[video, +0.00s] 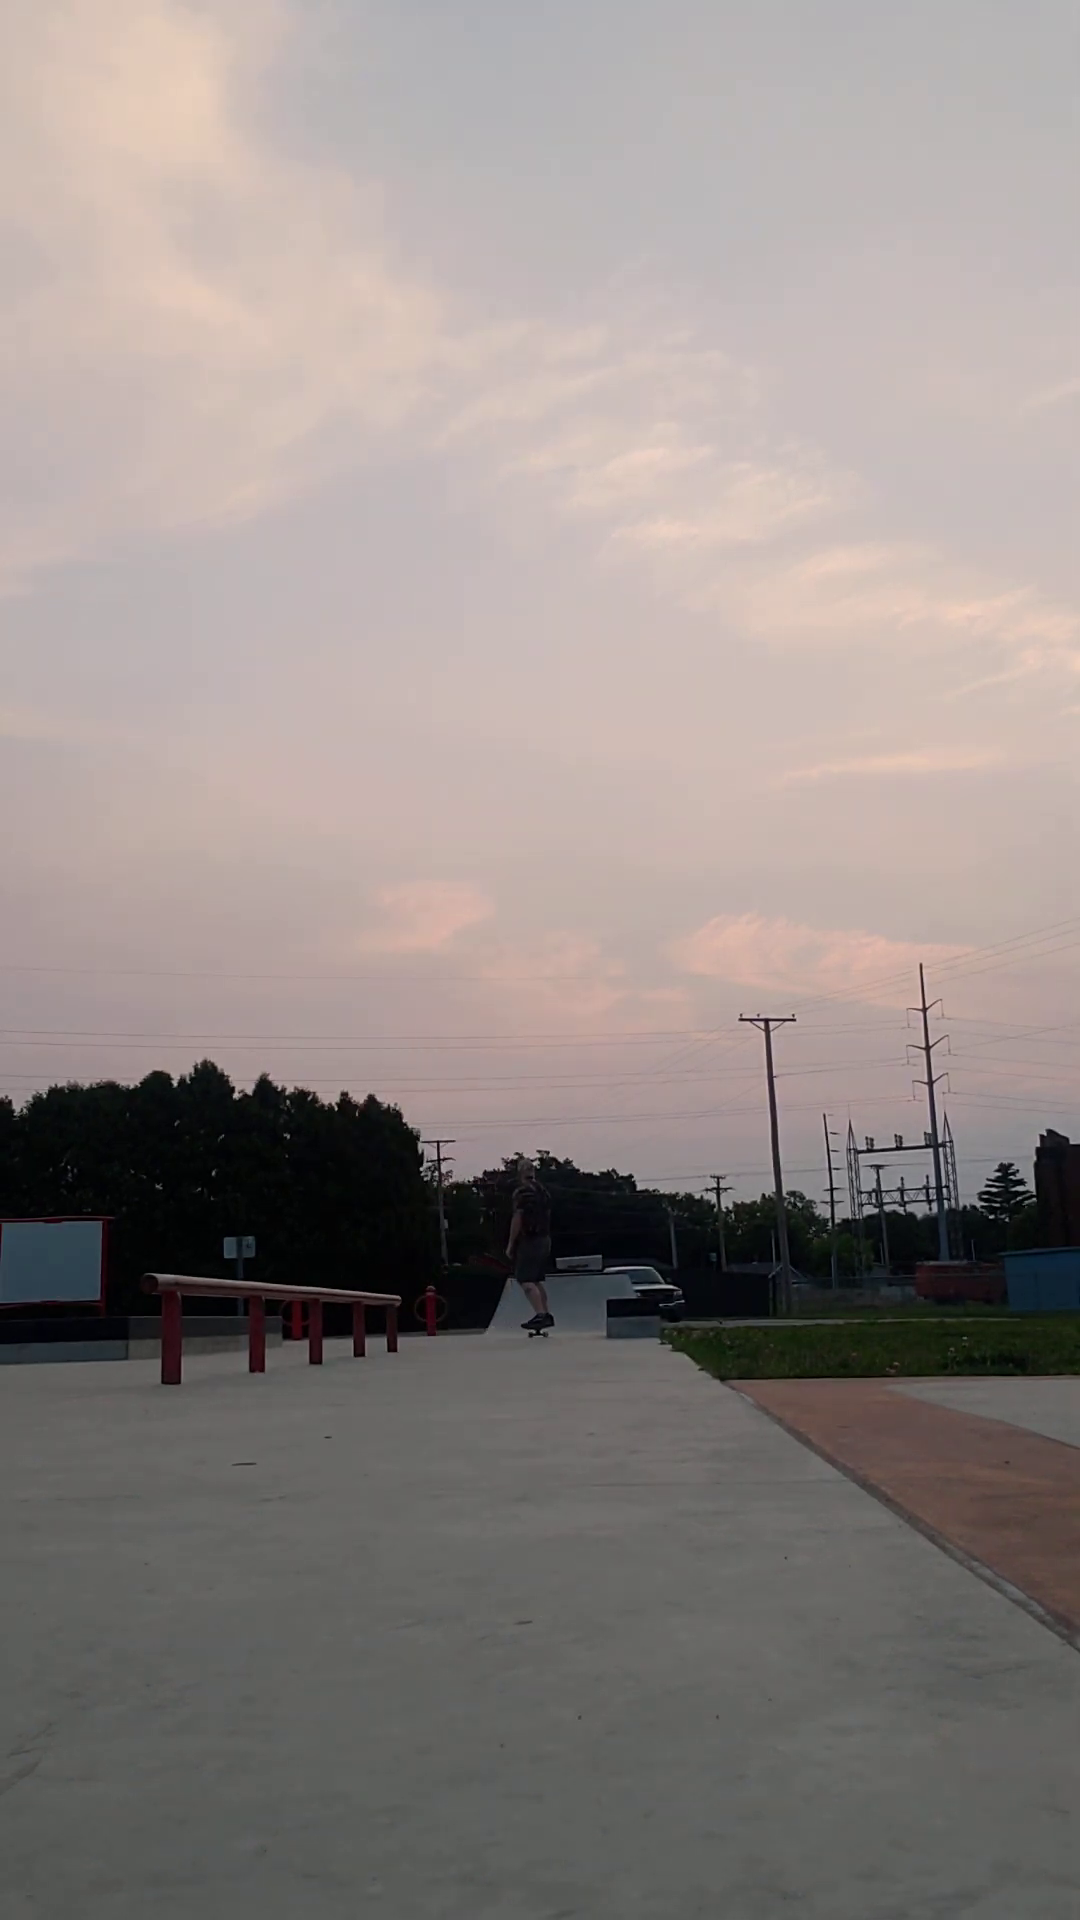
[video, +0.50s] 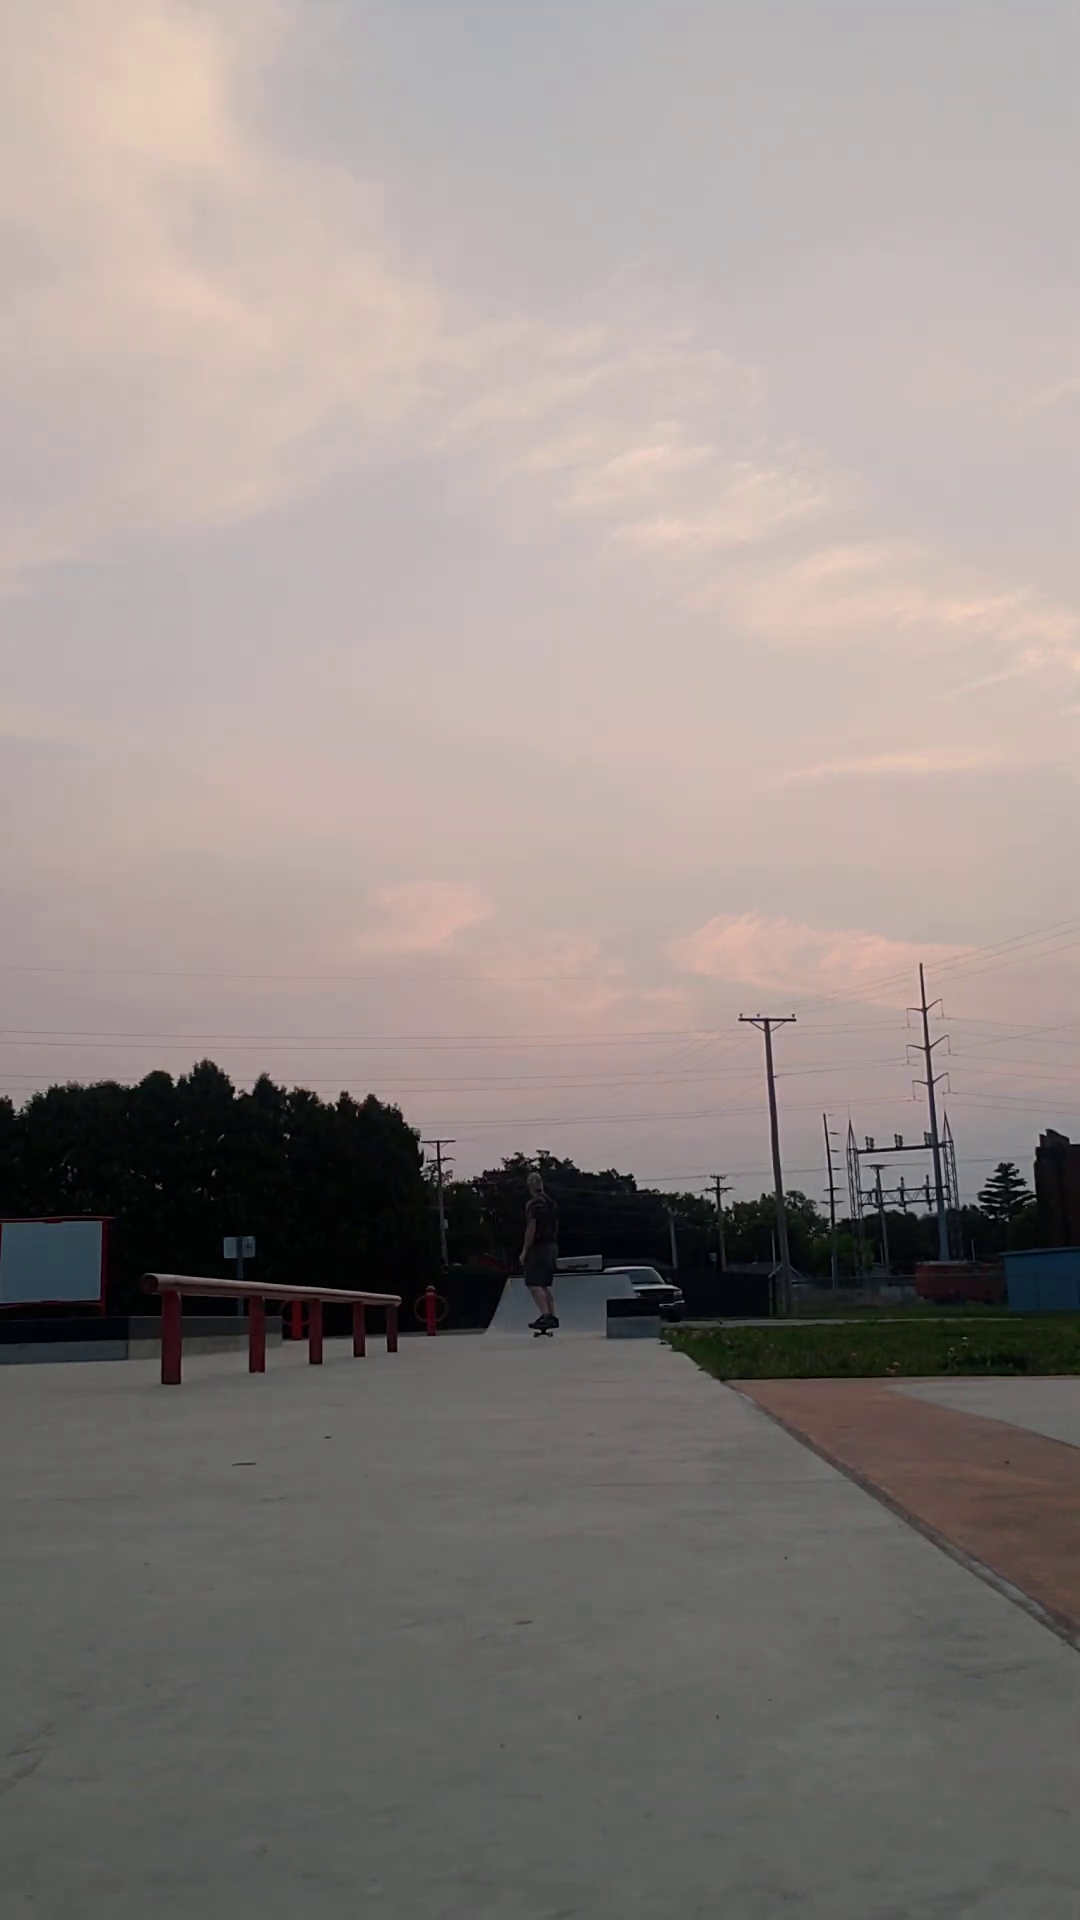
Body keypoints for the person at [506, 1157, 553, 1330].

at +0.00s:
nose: (521, 1175)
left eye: (520, 1172)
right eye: (524, 1171)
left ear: (520, 1173)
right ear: (534, 1172)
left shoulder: (521, 1192)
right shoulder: (542, 1190)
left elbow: (517, 1219)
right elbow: (545, 1216)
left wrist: (510, 1244)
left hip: (529, 1240)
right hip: (543, 1239)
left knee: (525, 1278)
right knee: (536, 1279)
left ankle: (540, 1313)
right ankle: (545, 1314)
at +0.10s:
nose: (526, 1177)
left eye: (525, 1174)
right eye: (527, 1174)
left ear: (521, 1176)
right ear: (535, 1175)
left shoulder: (523, 1195)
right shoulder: (543, 1193)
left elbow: (521, 1221)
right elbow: (547, 1219)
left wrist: (515, 1246)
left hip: (531, 1242)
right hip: (545, 1241)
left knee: (528, 1280)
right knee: (539, 1281)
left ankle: (543, 1314)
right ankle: (547, 1315)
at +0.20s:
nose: (525, 1181)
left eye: (524, 1178)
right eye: (528, 1178)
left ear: (523, 1179)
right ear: (537, 1178)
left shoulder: (525, 1199)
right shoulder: (545, 1196)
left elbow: (523, 1225)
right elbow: (548, 1221)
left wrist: (519, 1249)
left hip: (534, 1243)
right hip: (547, 1242)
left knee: (529, 1280)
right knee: (540, 1281)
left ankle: (544, 1314)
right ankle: (547, 1315)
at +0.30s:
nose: (529, 1181)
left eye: (527, 1179)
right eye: (530, 1178)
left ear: (525, 1181)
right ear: (538, 1180)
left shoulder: (527, 1200)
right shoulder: (546, 1197)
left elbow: (525, 1226)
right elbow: (550, 1222)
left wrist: (520, 1250)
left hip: (535, 1245)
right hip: (548, 1244)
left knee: (531, 1281)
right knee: (542, 1282)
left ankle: (545, 1315)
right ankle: (548, 1316)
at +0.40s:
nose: (529, 1185)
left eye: (528, 1183)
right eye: (531, 1183)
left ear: (527, 1184)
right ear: (540, 1183)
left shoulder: (530, 1203)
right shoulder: (549, 1200)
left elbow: (528, 1228)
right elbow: (552, 1226)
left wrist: (521, 1250)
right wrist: (549, 1244)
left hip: (536, 1246)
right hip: (549, 1246)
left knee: (534, 1283)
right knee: (543, 1284)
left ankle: (546, 1316)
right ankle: (549, 1316)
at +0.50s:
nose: (531, 1188)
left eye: (530, 1185)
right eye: (533, 1185)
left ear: (529, 1187)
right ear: (542, 1185)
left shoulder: (532, 1204)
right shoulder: (550, 1202)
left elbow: (531, 1229)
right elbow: (553, 1227)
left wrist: (524, 1251)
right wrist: (550, 1244)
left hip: (538, 1247)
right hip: (550, 1247)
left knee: (533, 1282)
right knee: (544, 1284)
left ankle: (545, 1315)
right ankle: (551, 1316)